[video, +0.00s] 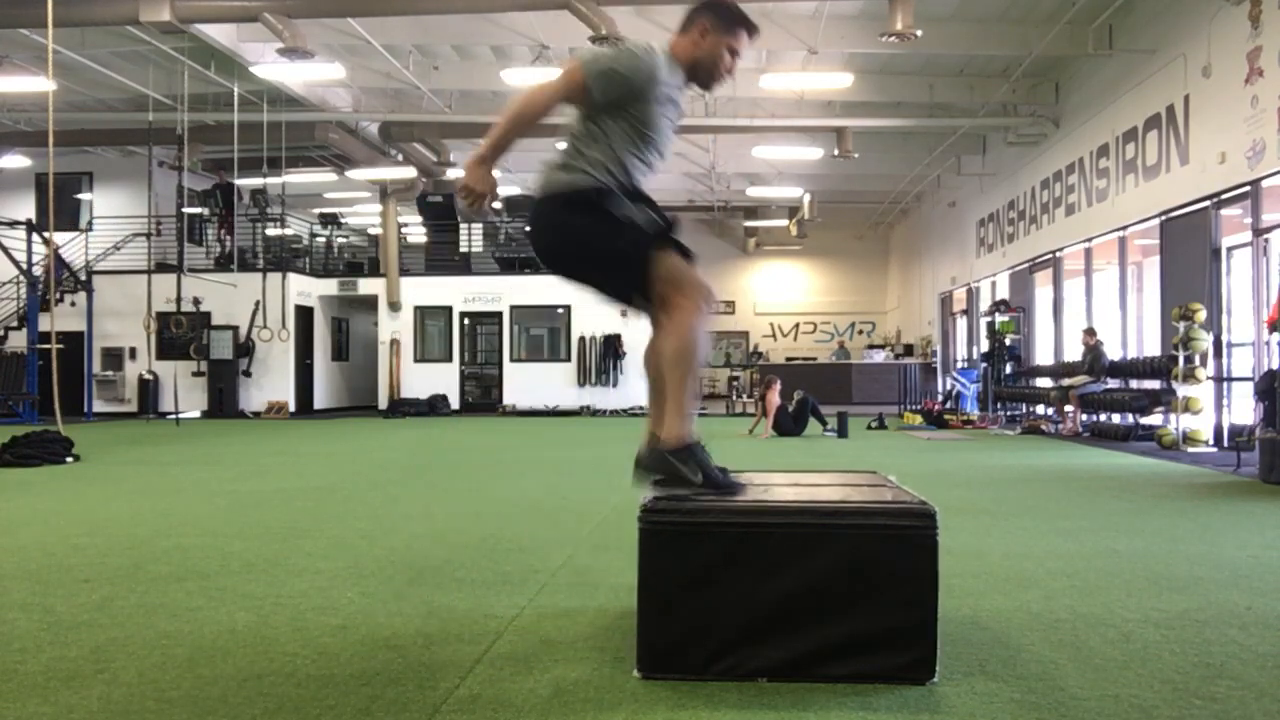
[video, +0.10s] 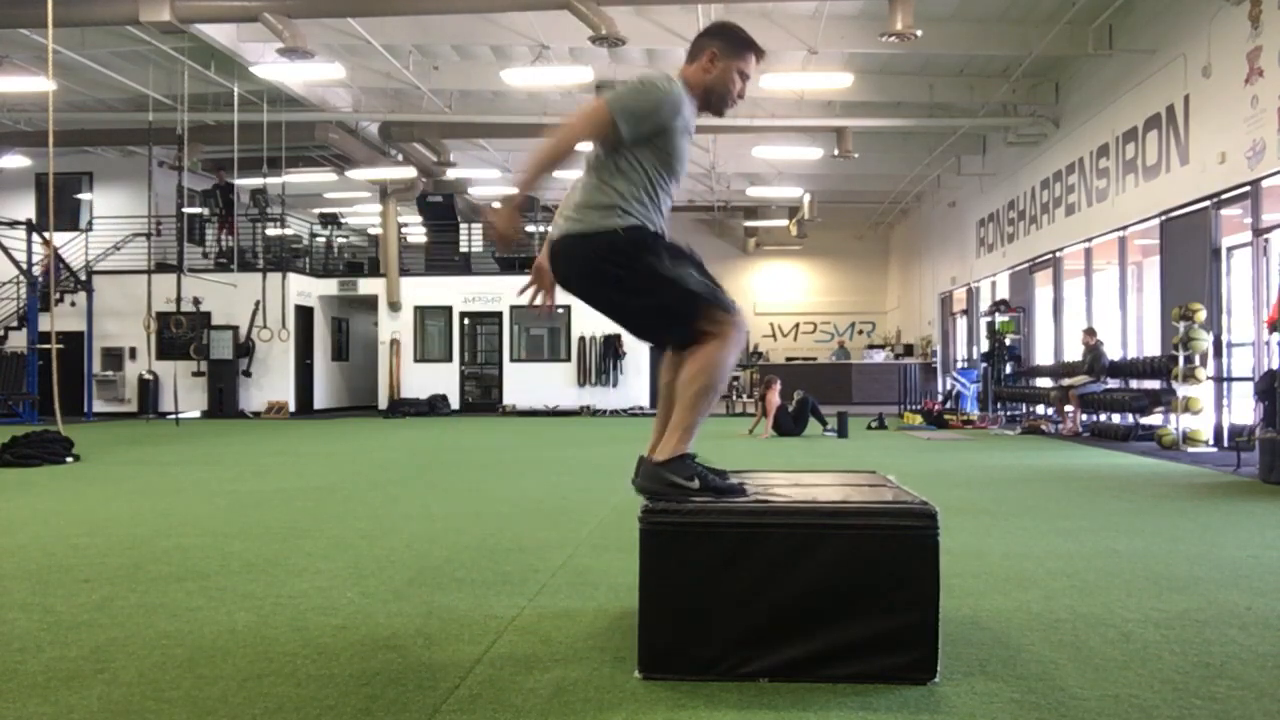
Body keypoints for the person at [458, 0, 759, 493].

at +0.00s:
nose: (732, 68)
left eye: (737, 58)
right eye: (731, 52)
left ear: (702, 39)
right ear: (700, 33)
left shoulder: (670, 87)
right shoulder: (641, 61)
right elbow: (548, 92)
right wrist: (483, 161)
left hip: (587, 214)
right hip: (576, 205)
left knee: (679, 305)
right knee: (688, 292)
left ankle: (661, 444)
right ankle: (675, 442)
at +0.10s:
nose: (743, 92)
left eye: (747, 82)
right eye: (741, 76)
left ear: (709, 66)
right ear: (708, 60)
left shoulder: (672, 113)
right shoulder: (662, 93)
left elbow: (600, 184)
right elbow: (573, 128)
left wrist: (552, 248)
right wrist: (517, 200)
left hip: (590, 246)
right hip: (606, 239)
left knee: (689, 336)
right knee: (727, 326)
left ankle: (660, 459)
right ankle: (673, 457)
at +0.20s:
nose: (740, 87)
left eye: (744, 77)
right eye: (738, 72)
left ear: (706, 62)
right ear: (704, 57)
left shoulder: (677, 110)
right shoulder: (667, 96)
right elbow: (606, 145)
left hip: (596, 245)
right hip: (616, 239)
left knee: (693, 351)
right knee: (734, 331)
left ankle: (661, 460)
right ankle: (674, 458)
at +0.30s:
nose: (719, 51)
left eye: (724, 42)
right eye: (716, 35)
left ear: (685, 25)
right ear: (680, 18)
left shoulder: (667, 92)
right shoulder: (643, 59)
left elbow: (641, 199)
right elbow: (601, 120)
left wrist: (690, 231)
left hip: (608, 224)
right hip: (595, 219)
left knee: (689, 326)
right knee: (702, 316)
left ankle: (663, 457)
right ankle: (673, 458)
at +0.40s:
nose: (697, 7)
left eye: (700, 3)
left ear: (674, 3)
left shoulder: (663, 49)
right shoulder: (608, 11)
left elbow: (636, 129)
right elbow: (575, 75)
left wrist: (678, 143)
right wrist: (659, 99)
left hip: (604, 183)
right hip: (561, 171)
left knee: (667, 296)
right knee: (631, 295)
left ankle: (664, 443)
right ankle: (656, 442)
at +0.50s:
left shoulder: (645, 25)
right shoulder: (570, 3)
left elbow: (624, 116)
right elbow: (531, 62)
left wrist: (643, 101)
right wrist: (619, 71)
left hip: (600, 162)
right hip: (539, 153)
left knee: (653, 273)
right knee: (588, 279)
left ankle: (606, 397)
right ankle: (585, 427)